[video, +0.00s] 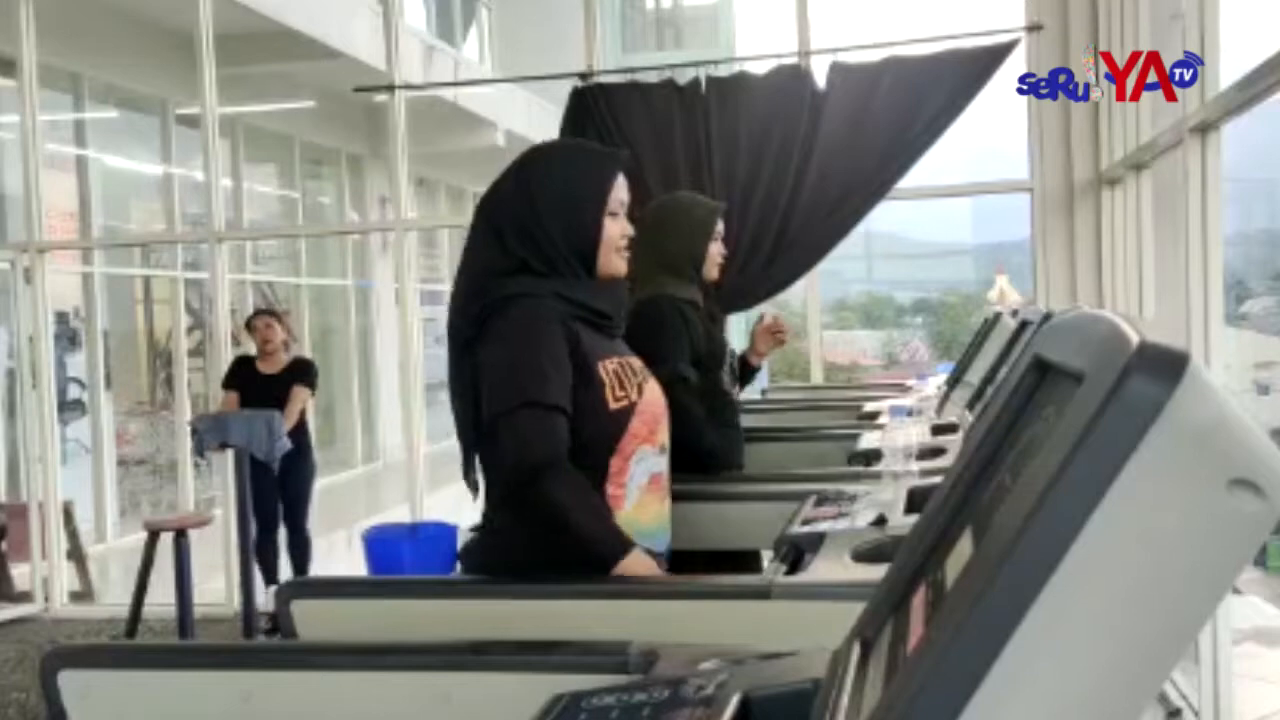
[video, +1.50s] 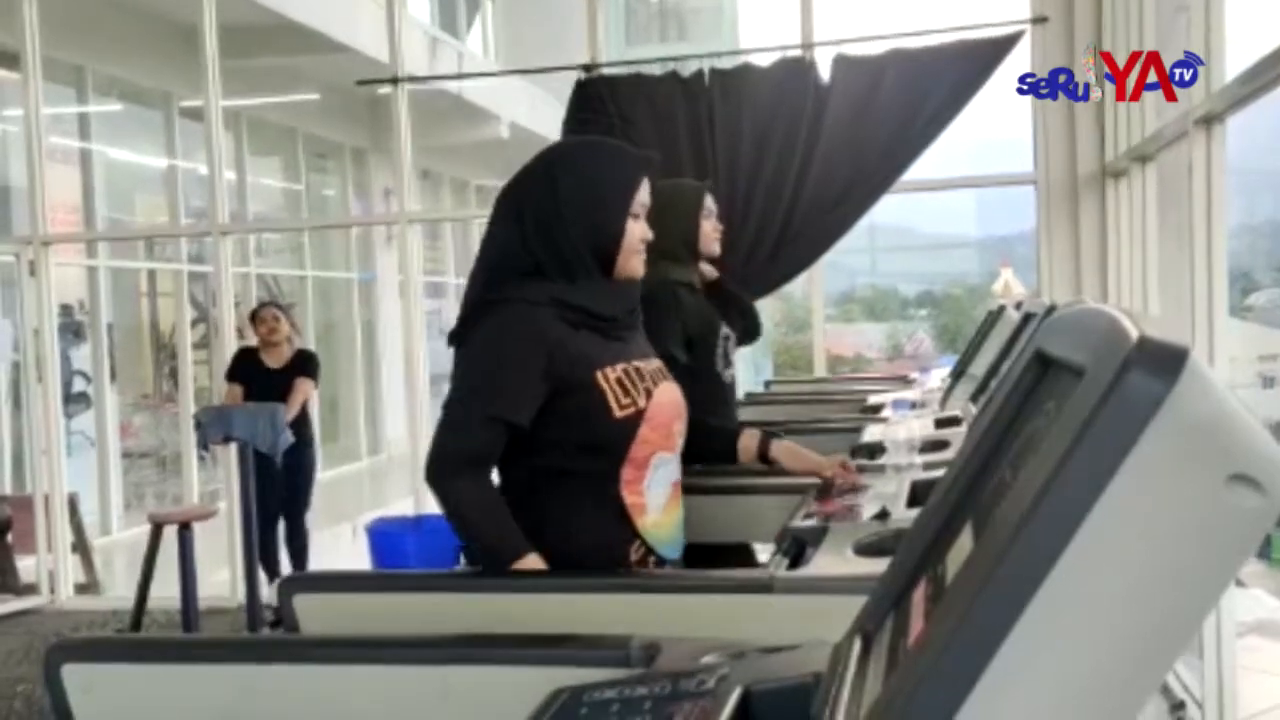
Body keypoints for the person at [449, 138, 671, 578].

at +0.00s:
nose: (629, 231)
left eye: (625, 215)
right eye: (613, 215)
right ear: (567, 217)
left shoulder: (587, 317)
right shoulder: (529, 320)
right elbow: (534, 470)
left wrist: (748, 362)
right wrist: (621, 556)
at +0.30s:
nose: (637, 236)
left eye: (636, 219)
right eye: (624, 218)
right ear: (576, 215)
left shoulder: (595, 311)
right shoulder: (508, 315)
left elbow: (635, 433)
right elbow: (480, 477)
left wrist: (718, 508)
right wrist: (469, 612)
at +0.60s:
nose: (641, 236)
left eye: (640, 219)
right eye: (629, 217)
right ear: (581, 211)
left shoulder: (584, 309)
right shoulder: (524, 313)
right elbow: (513, 481)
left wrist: (645, 531)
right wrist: (536, 609)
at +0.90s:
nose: (635, 250)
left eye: (633, 232)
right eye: (625, 231)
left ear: (579, 231)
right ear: (576, 226)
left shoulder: (564, 327)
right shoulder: (523, 327)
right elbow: (549, 466)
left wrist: (688, 527)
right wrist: (692, 492)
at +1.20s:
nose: (642, 219)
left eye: (642, 203)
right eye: (630, 202)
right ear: (580, 196)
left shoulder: (607, 294)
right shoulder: (516, 293)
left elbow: (648, 415)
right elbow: (477, 437)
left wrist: (773, 449)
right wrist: (581, 535)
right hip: (526, 580)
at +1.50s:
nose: (648, 233)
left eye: (646, 215)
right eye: (636, 215)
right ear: (585, 219)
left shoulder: (613, 319)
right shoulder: (522, 327)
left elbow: (654, 433)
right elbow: (454, 468)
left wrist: (768, 450)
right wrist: (529, 571)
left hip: (643, 581)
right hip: (572, 596)